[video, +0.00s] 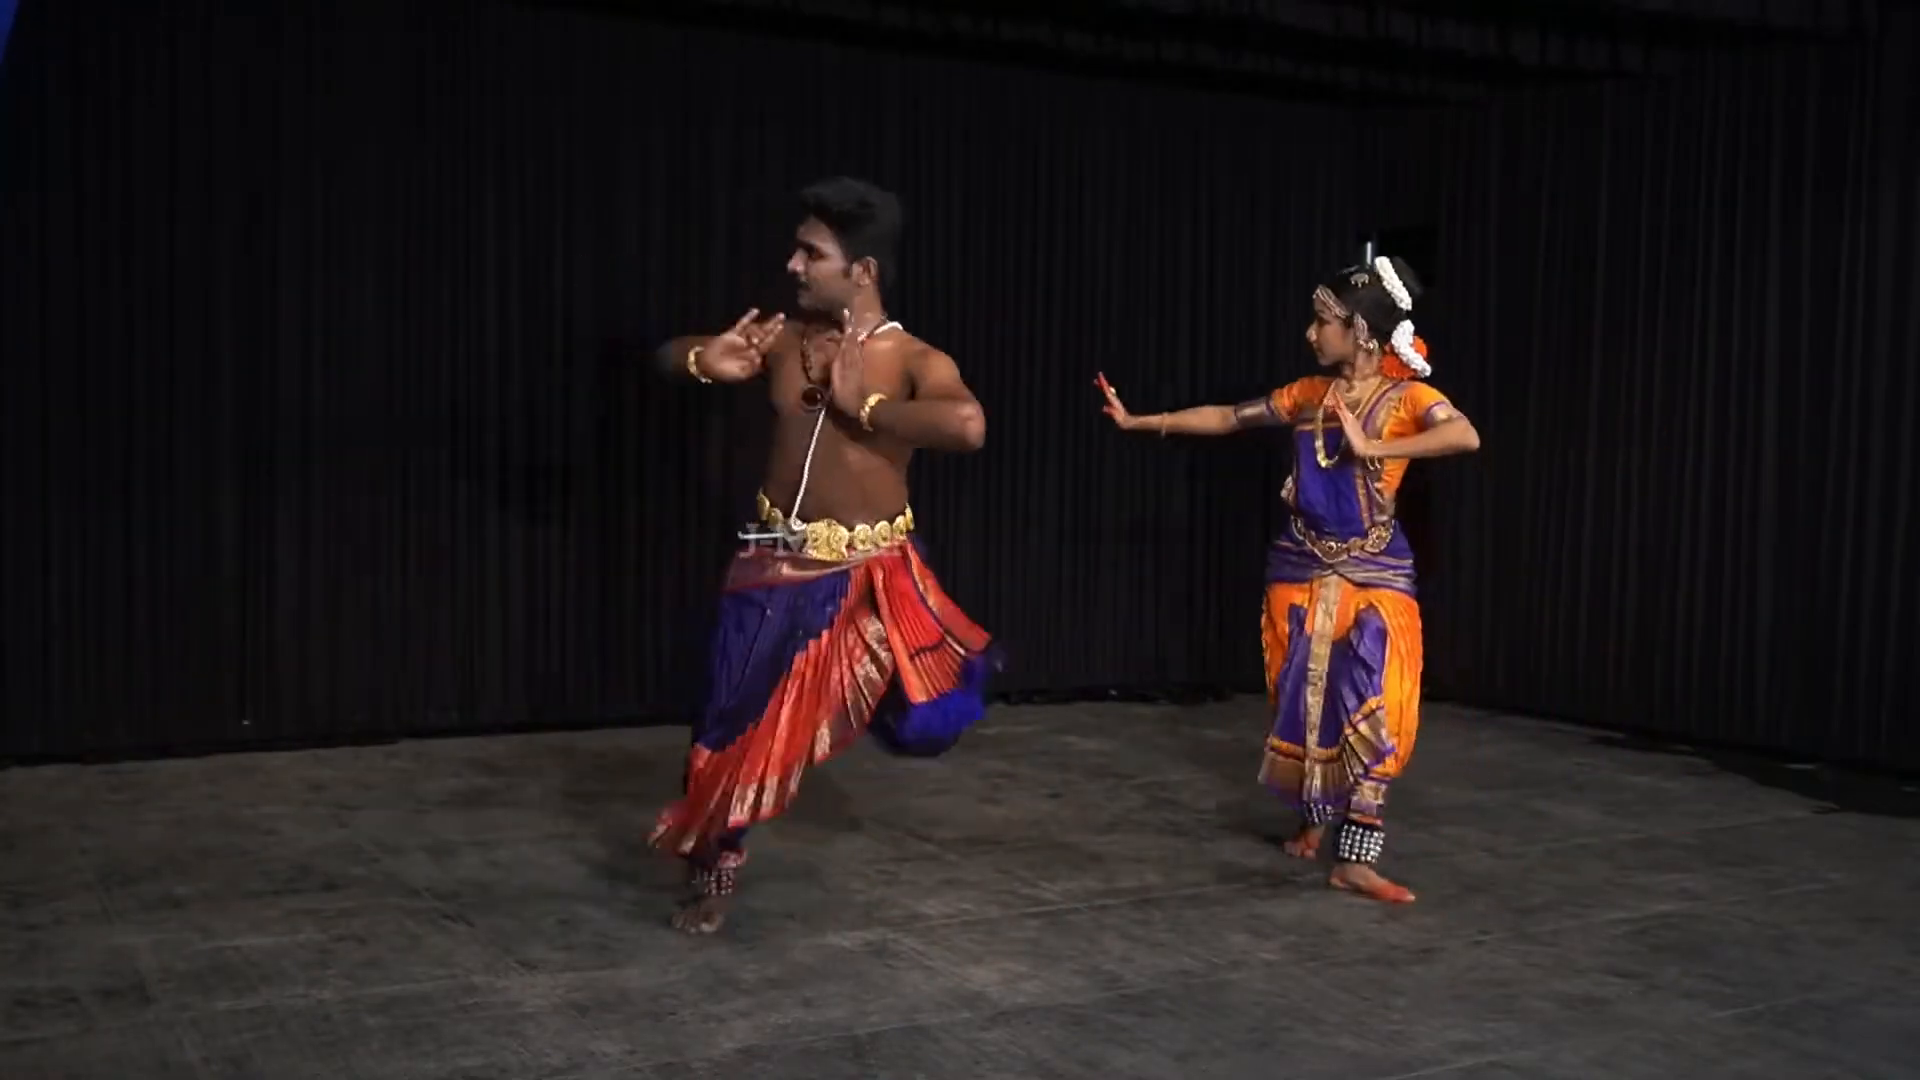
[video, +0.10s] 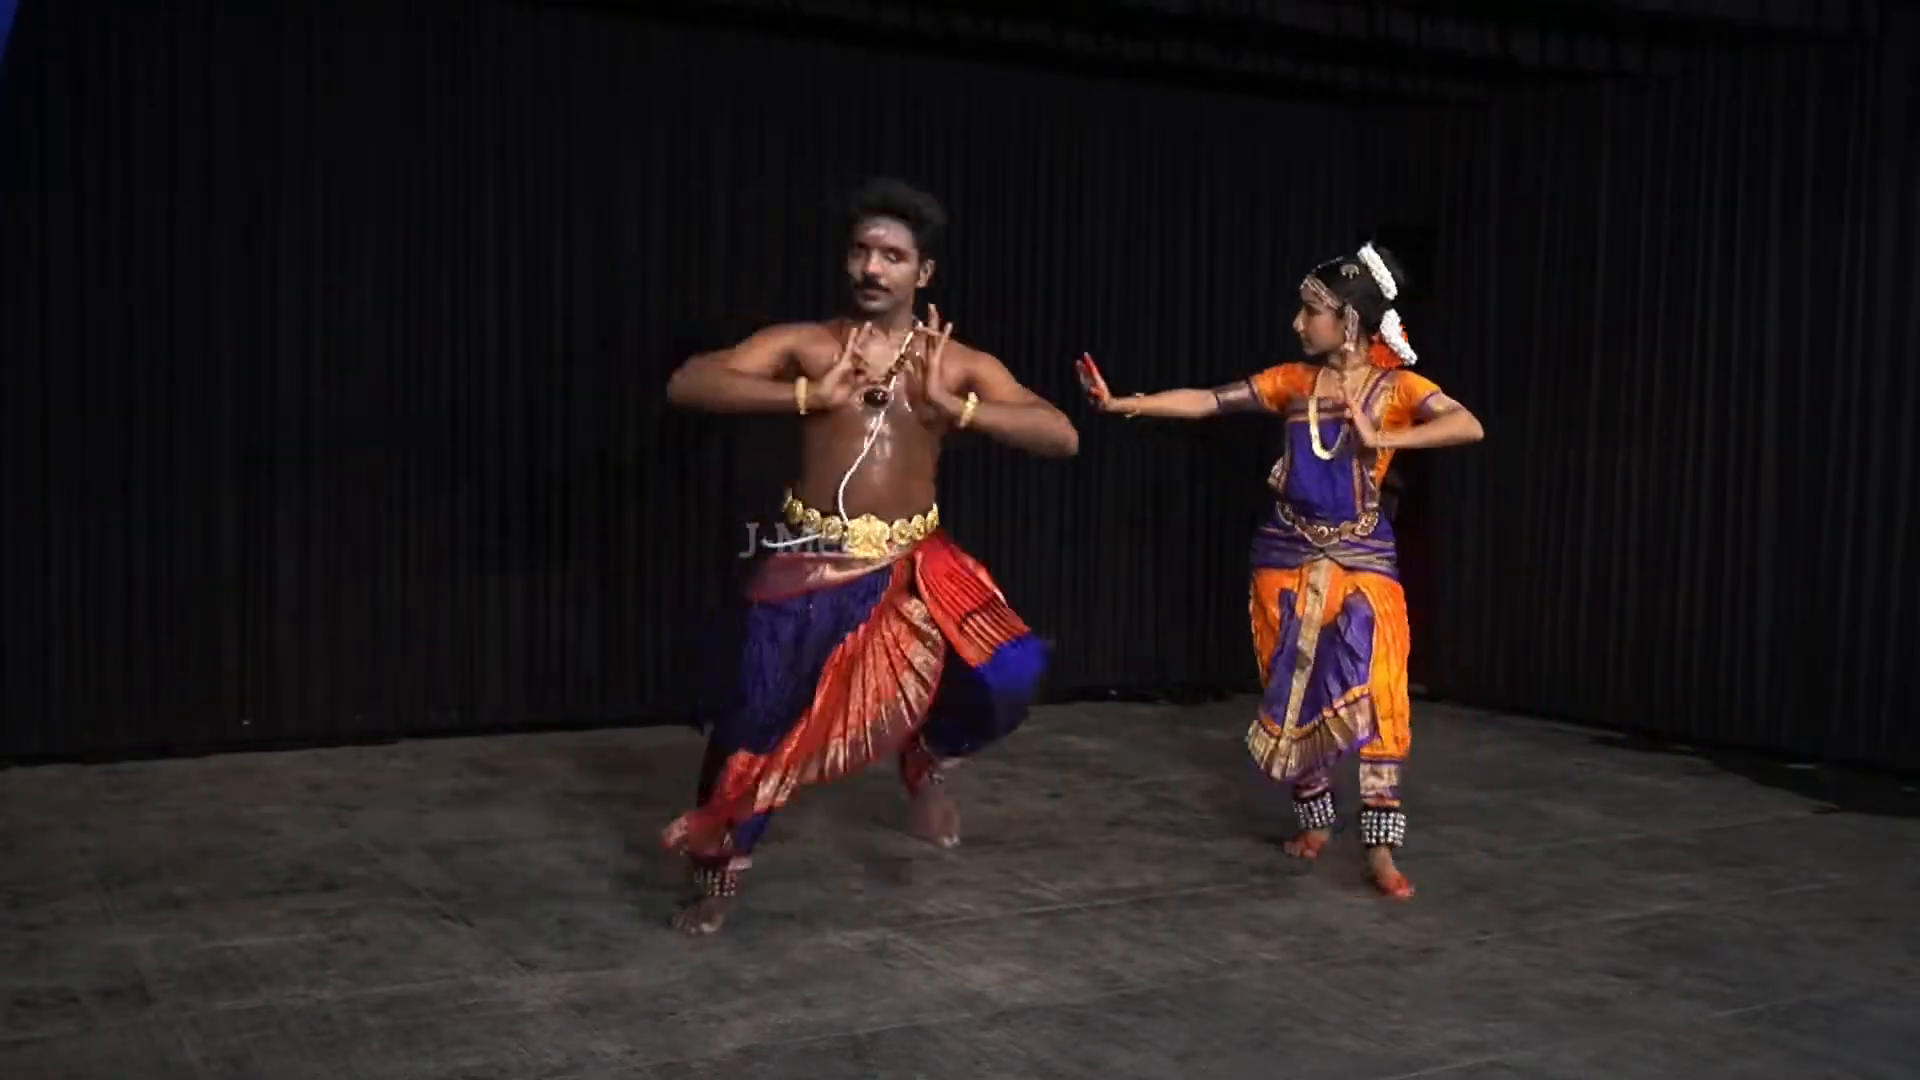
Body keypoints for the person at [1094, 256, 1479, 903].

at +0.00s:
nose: (1312, 331)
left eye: (1324, 321)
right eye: (1315, 319)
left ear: (1364, 334)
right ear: (1347, 333)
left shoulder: (1406, 395)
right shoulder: (1309, 394)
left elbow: (1464, 436)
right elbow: (1227, 417)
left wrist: (1372, 447)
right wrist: (1140, 421)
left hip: (1377, 570)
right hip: (1301, 564)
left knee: (1375, 702)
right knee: (1304, 689)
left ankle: (1356, 857)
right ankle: (1315, 816)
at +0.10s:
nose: (1298, 320)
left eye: (1311, 310)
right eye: (1301, 309)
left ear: (1349, 323)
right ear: (1329, 321)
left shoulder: (1394, 384)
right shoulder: (1293, 381)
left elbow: (1467, 426)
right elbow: (1209, 401)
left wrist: (1384, 440)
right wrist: (1125, 404)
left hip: (1363, 556)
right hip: (1286, 552)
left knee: (1378, 685)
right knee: (1294, 682)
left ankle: (1381, 842)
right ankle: (1313, 817)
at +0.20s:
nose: (1293, 316)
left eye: (1308, 305)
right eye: (1293, 303)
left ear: (1346, 315)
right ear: (1297, 308)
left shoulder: (1381, 379)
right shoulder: (1280, 374)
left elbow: (1464, 419)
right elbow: (1210, 395)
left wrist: (1390, 430)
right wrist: (1148, 393)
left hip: (1352, 543)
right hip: (1276, 541)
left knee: (1364, 672)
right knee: (1287, 673)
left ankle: (1371, 822)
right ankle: (1311, 819)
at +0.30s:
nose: (1304, 311)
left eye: (1319, 299)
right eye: (1294, 298)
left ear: (1342, 312)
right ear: (1281, 308)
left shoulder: (1365, 374)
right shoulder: (1261, 372)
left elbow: (1452, 411)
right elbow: (1201, 420)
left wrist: (1390, 422)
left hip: (1340, 539)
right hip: (1267, 537)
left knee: (1342, 665)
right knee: (1290, 663)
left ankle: (1328, 796)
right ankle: (1310, 812)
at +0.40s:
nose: (1319, 311)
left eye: (1328, 298)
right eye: (1304, 297)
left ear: (1337, 308)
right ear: (1275, 305)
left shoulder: (1349, 372)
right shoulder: (1252, 374)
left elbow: (1432, 403)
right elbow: (1259, 413)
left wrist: (1387, 417)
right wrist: (1289, 387)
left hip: (1327, 536)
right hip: (1263, 539)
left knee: (1322, 663)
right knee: (1291, 662)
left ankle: (1258, 762)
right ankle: (1310, 807)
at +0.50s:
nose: (1308, 313)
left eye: (1315, 302)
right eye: (1295, 300)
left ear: (1320, 310)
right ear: (1263, 308)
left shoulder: (1326, 373)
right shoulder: (1238, 373)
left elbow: (1406, 402)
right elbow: (1258, 411)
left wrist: (1380, 416)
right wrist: (1321, 410)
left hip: (1311, 536)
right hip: (1249, 535)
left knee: (1298, 657)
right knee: (1282, 653)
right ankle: (1305, 797)